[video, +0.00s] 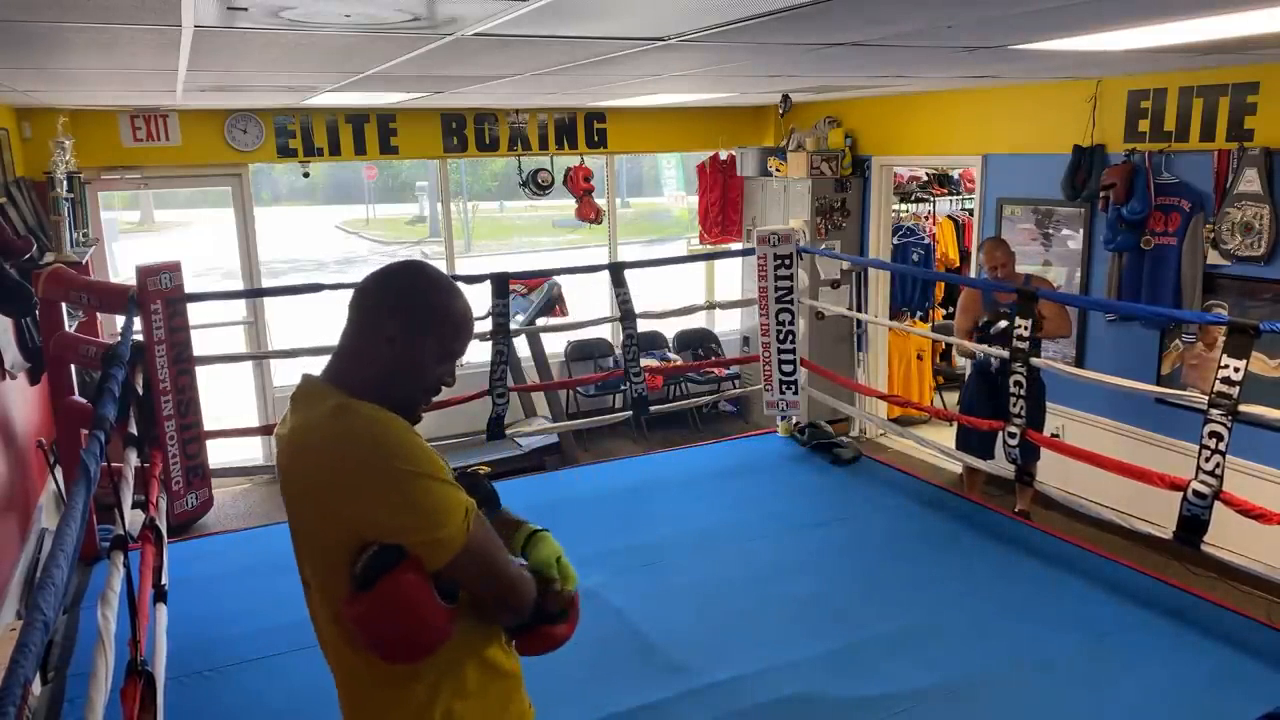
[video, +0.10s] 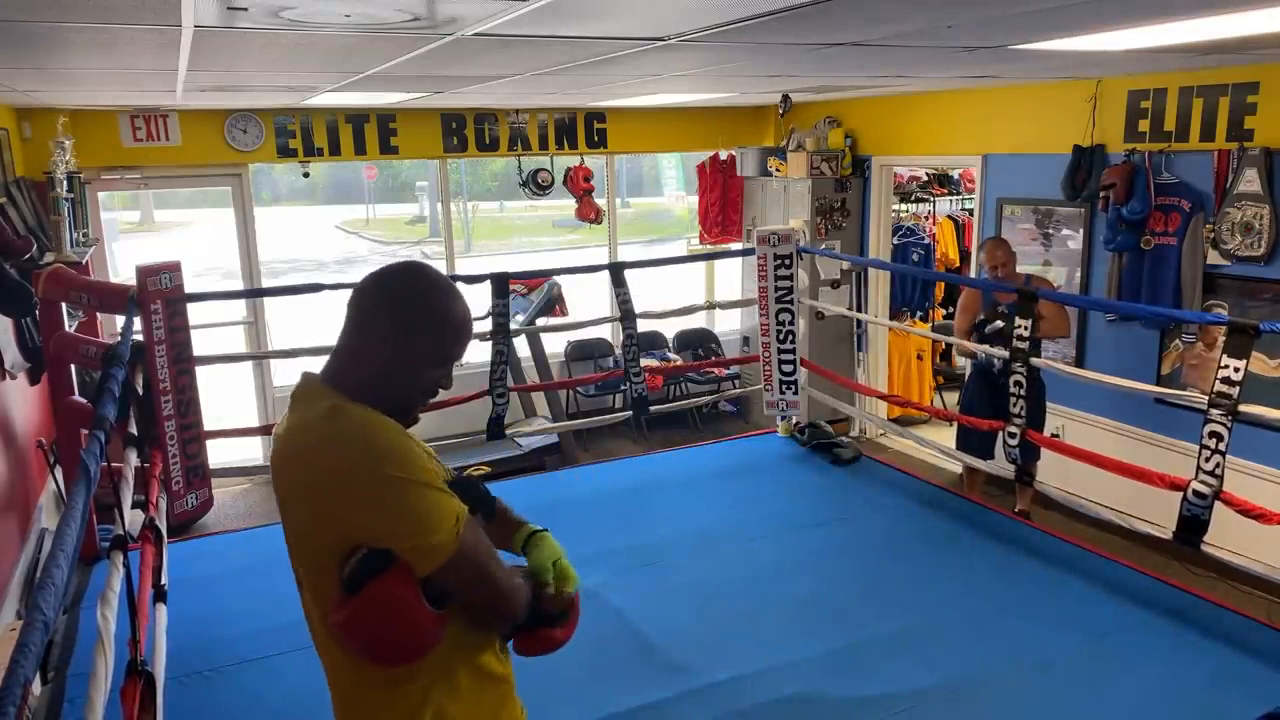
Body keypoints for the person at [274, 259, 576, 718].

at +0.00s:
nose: (449, 379)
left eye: (454, 363)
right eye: (445, 359)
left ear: (384, 339)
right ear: (392, 340)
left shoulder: (312, 418)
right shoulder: (379, 444)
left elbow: (460, 500)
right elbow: (514, 597)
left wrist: (530, 540)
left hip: (383, 700)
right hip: (456, 705)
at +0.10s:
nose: (445, 383)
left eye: (451, 367)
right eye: (441, 365)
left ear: (369, 339)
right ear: (392, 347)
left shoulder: (314, 419)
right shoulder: (374, 449)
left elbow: (456, 494)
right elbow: (504, 605)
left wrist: (531, 538)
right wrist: (529, 578)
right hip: (445, 706)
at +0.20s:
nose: (444, 385)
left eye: (450, 369)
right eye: (439, 367)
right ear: (386, 346)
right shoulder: (353, 446)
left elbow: (459, 489)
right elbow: (492, 608)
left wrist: (535, 535)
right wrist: (518, 583)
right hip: (426, 708)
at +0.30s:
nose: (446, 391)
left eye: (451, 373)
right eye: (441, 371)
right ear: (389, 350)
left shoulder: (371, 416)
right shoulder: (346, 450)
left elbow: (458, 487)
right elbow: (484, 612)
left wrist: (535, 536)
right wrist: (515, 586)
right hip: (411, 709)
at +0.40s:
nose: (447, 396)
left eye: (454, 377)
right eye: (444, 375)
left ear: (382, 347)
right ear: (395, 351)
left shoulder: (371, 416)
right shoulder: (346, 454)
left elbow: (458, 488)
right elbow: (478, 617)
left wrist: (529, 540)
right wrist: (524, 602)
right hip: (406, 709)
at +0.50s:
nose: (454, 397)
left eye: (459, 380)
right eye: (447, 379)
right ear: (397, 353)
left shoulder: (373, 421)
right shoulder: (352, 456)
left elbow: (455, 506)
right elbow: (472, 624)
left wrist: (528, 556)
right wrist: (541, 623)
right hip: (403, 708)